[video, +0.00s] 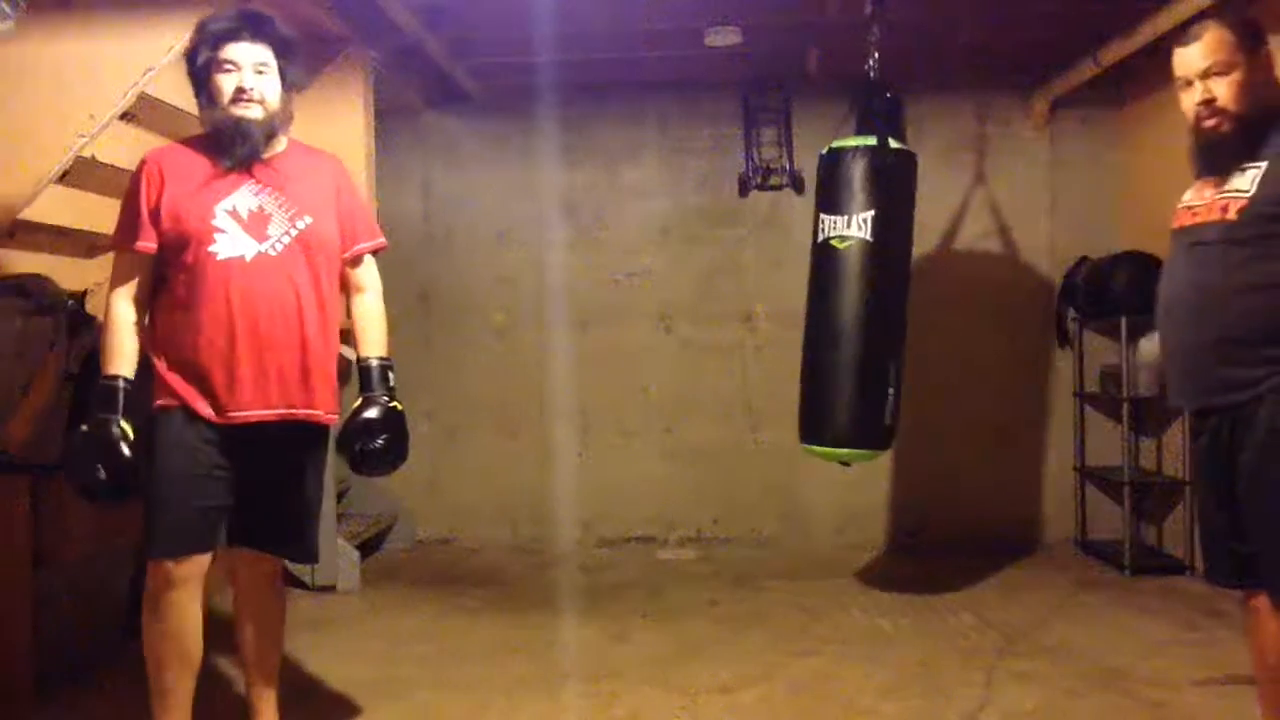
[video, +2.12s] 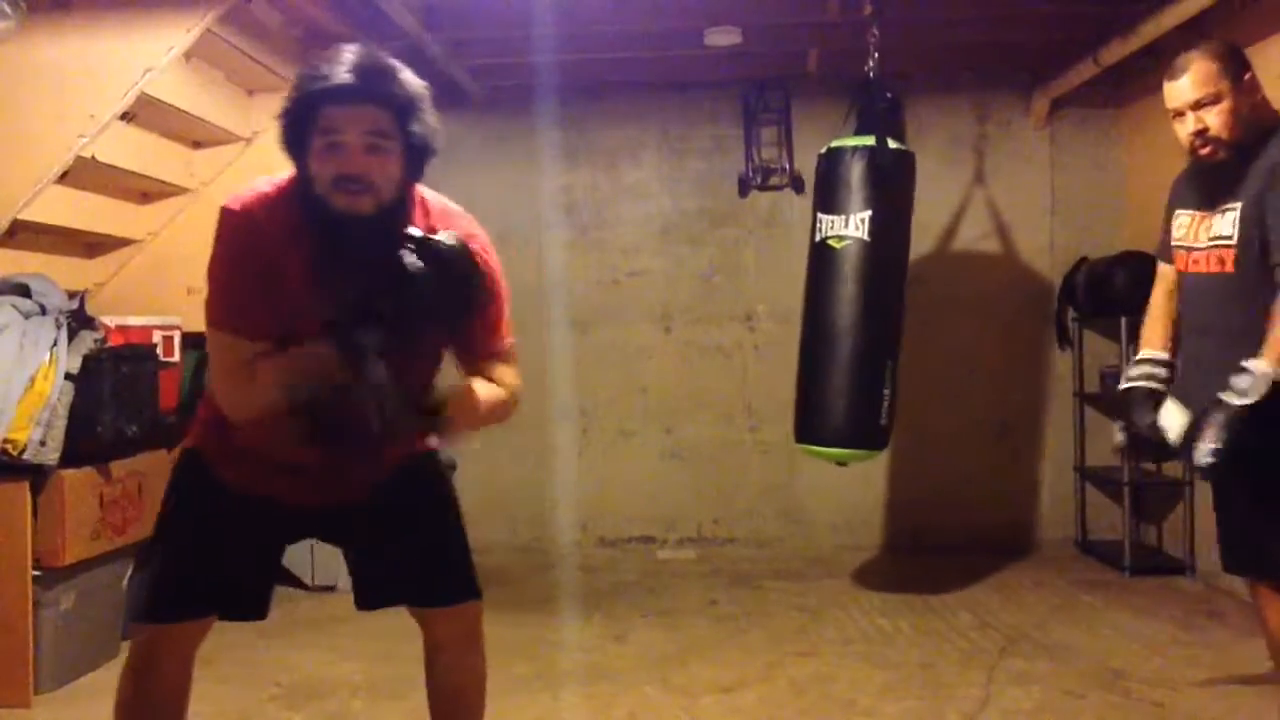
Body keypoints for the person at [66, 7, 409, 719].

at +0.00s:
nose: (245, 81)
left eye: (261, 70)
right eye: (226, 69)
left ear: (284, 89)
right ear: (203, 88)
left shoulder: (328, 175)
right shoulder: (166, 170)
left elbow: (363, 284)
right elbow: (127, 289)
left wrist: (377, 391)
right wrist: (108, 403)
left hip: (291, 410)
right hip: (188, 407)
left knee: (264, 564)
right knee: (176, 569)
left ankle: (265, 707)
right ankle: (171, 716)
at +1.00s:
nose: (170, 74)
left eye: (188, 53)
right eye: (149, 55)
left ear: (221, 62)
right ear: (120, 68)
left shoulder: (283, 152)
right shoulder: (83, 175)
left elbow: (345, 275)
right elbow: (47, 317)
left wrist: (369, 395)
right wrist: (33, 443)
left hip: (283, 439)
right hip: (148, 456)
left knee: (346, 598)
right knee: (142, 639)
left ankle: (363, 715)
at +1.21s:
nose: (229, 101)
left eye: (250, 81)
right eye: (208, 82)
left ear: (288, 88)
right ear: (180, 92)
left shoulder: (342, 176)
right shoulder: (145, 186)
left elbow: (407, 303)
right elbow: (96, 318)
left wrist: (423, 431)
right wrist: (82, 446)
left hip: (327, 460)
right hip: (191, 467)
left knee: (398, 622)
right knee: (158, 641)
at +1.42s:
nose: (334, 130)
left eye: (356, 111)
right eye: (312, 109)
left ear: (388, 121)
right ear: (279, 115)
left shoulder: (432, 203)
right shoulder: (233, 206)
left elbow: (499, 334)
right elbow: (177, 329)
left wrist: (503, 460)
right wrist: (153, 461)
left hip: (400, 459)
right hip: (259, 462)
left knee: (451, 617)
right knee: (198, 631)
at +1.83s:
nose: (423, 158)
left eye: (446, 140)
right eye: (402, 136)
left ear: (477, 153)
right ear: (369, 143)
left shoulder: (506, 243)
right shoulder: (298, 223)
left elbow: (533, 358)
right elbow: (226, 343)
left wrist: (507, 462)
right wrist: (245, 449)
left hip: (429, 468)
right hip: (290, 462)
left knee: (482, 617)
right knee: (212, 630)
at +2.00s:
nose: (387, 163)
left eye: (411, 145)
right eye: (365, 142)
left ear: (443, 158)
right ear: (333, 150)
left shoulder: (474, 244)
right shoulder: (272, 223)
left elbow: (522, 378)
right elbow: (228, 381)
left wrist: (480, 471)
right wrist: (344, 382)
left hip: (403, 466)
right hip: (260, 461)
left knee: (467, 616)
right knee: (183, 634)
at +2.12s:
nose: (353, 164)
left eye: (376, 144)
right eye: (332, 143)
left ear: (411, 155)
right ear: (301, 151)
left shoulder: (454, 237)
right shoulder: (253, 225)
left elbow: (501, 377)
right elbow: (235, 393)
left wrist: (450, 405)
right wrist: (341, 354)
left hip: (390, 460)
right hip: (245, 456)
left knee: (456, 619)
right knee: (161, 634)